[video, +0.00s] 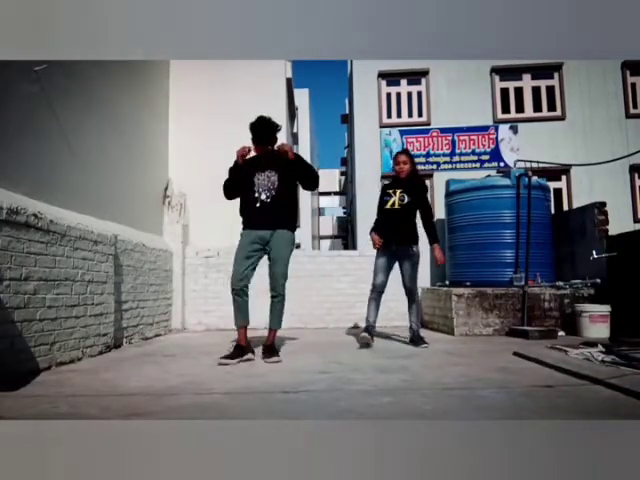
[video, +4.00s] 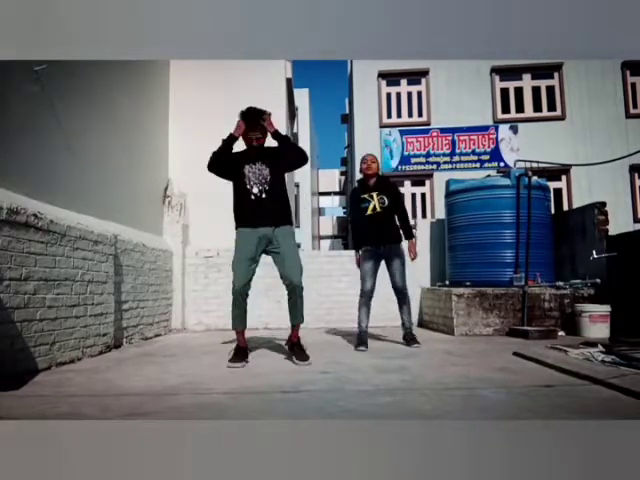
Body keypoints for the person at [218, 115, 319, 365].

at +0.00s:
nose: (264, 146)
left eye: (268, 142)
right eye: (260, 142)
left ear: (272, 140)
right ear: (254, 142)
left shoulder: (288, 161)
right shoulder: (247, 164)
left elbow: (312, 183)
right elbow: (230, 193)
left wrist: (293, 157)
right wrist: (238, 163)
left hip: (281, 231)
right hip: (252, 231)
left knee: (278, 288)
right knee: (238, 284)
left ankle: (270, 343)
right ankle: (242, 343)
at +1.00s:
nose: (269, 132)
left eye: (272, 128)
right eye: (266, 128)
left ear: (274, 127)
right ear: (254, 125)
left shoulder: (276, 150)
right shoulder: (236, 148)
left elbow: (296, 178)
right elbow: (216, 174)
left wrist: (291, 148)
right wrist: (237, 142)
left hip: (277, 225)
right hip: (249, 226)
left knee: (300, 278)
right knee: (249, 287)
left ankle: (288, 334)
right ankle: (249, 347)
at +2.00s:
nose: (285, 148)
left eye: (289, 143)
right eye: (280, 143)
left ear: (295, 145)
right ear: (273, 142)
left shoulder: (298, 176)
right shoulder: (254, 169)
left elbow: (308, 208)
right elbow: (232, 202)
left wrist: (307, 235)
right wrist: (233, 226)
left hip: (284, 237)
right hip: (254, 235)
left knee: (285, 287)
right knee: (239, 284)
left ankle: (284, 340)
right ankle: (248, 325)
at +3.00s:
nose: (257, 141)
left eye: (263, 138)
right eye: (254, 136)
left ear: (267, 143)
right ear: (246, 139)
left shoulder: (274, 172)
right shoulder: (230, 174)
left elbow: (287, 200)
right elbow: (212, 209)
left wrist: (289, 221)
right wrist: (223, 233)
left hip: (275, 236)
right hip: (247, 239)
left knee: (292, 277)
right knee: (249, 291)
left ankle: (292, 333)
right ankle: (252, 338)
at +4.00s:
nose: (256, 140)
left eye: (260, 135)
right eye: (251, 136)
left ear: (267, 134)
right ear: (243, 134)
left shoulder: (277, 155)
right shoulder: (236, 159)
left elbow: (301, 159)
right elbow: (213, 166)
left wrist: (276, 132)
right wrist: (233, 136)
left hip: (281, 229)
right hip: (248, 231)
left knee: (295, 283)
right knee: (239, 286)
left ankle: (295, 340)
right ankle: (241, 344)